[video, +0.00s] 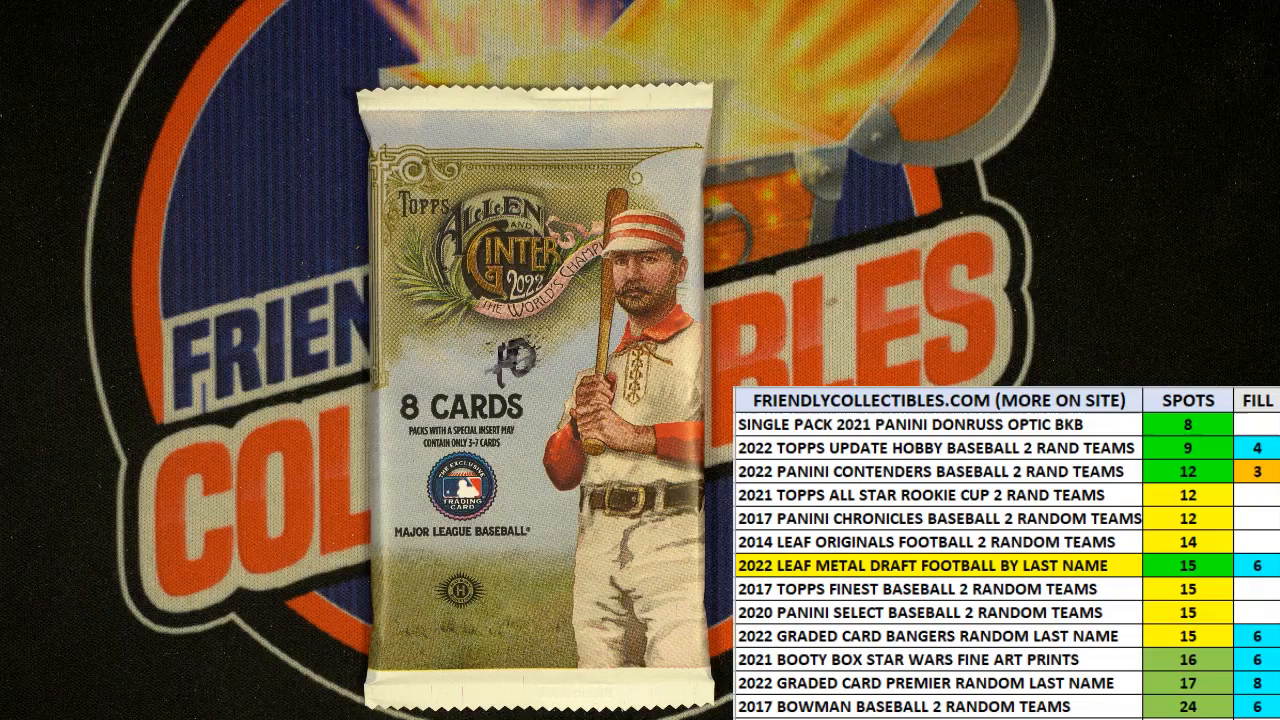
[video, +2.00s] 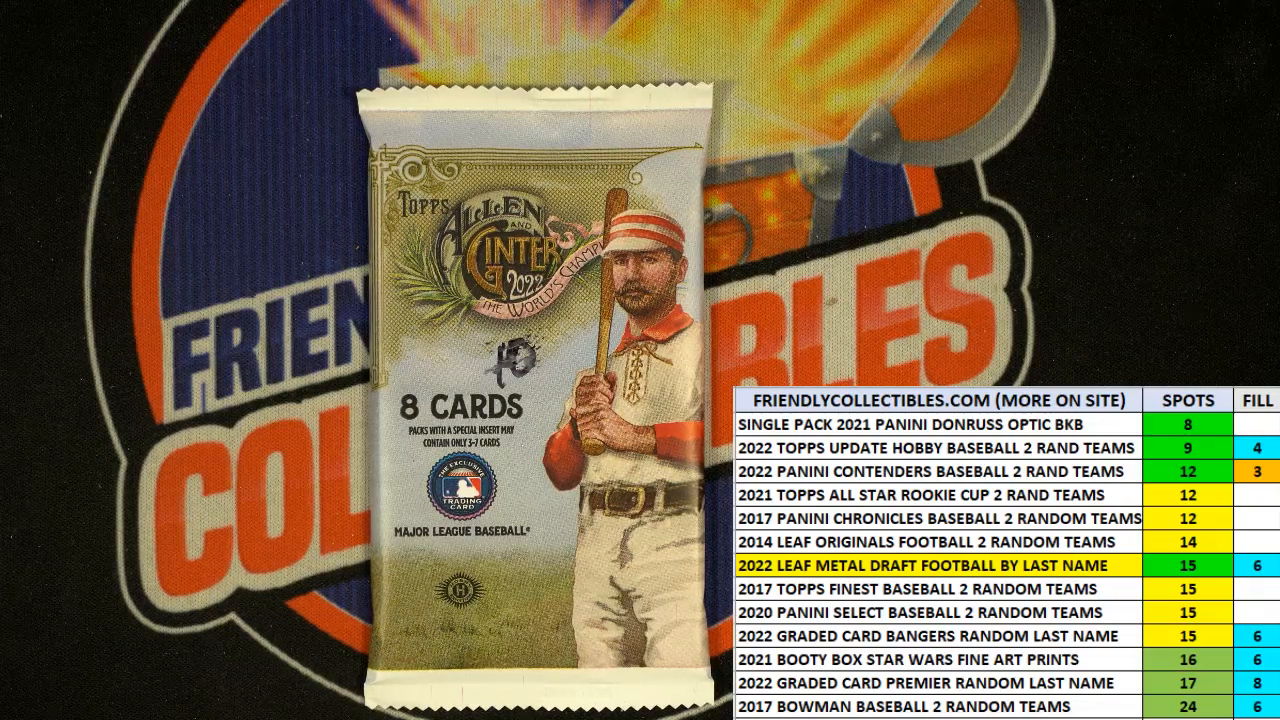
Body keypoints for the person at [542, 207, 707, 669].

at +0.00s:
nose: (631, 274)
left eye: (647, 259)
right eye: (620, 261)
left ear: (678, 270)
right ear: (609, 272)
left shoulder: (705, 345)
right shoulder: (605, 366)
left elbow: (724, 438)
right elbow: (561, 475)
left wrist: (631, 436)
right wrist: (577, 420)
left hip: (674, 529)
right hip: (597, 530)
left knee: (679, 684)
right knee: (600, 689)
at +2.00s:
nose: (631, 274)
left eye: (648, 259)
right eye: (620, 261)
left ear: (678, 270)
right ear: (609, 273)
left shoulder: (705, 346)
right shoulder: (604, 366)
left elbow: (724, 438)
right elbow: (561, 476)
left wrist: (632, 436)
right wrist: (577, 420)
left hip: (673, 530)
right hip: (597, 531)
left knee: (679, 685)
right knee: (601, 690)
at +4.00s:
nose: (631, 273)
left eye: (647, 259)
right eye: (620, 260)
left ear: (678, 270)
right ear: (609, 272)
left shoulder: (708, 346)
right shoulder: (602, 366)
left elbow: (727, 437)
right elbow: (561, 475)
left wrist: (632, 436)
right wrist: (577, 420)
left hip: (672, 528)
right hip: (597, 531)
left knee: (677, 683)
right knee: (601, 686)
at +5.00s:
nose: (605, 262)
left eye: (620, 243)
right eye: (589, 249)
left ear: (656, 252)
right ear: (580, 265)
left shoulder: (704, 332)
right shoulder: (599, 361)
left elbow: (743, 425)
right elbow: (570, 478)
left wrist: (644, 435)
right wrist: (575, 422)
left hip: (708, 533)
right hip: (621, 538)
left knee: (718, 678)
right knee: (643, 689)